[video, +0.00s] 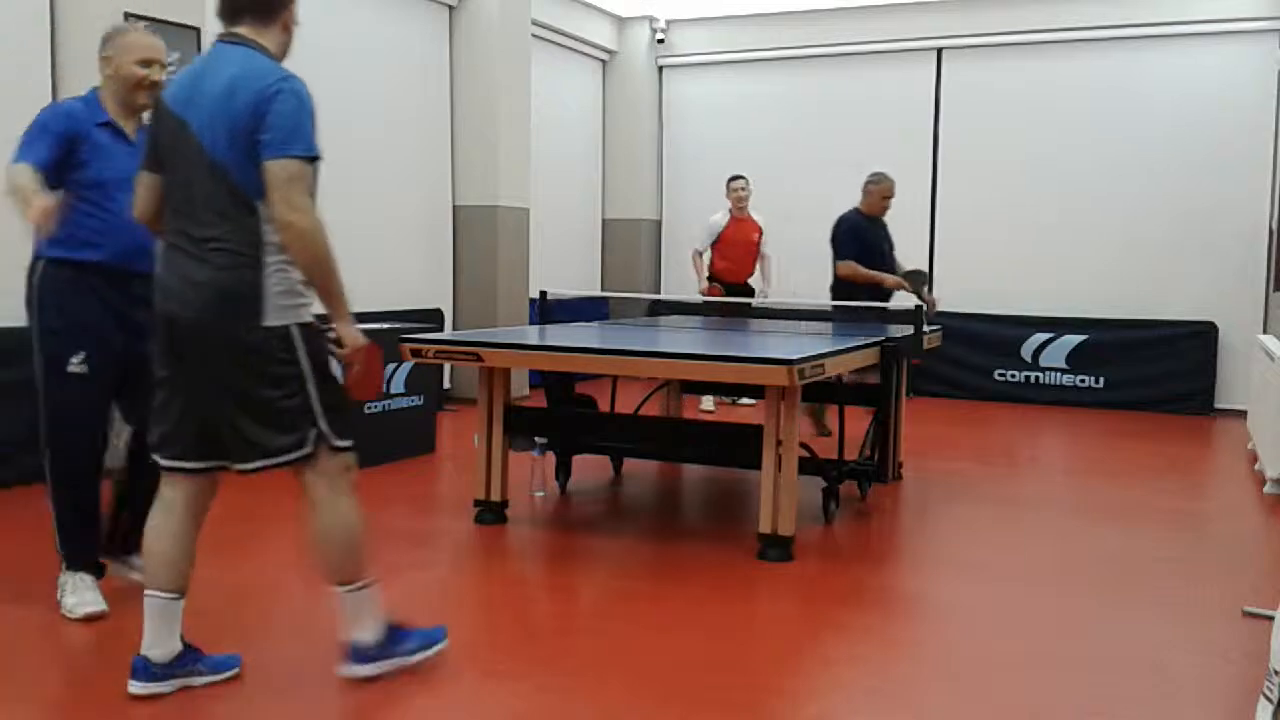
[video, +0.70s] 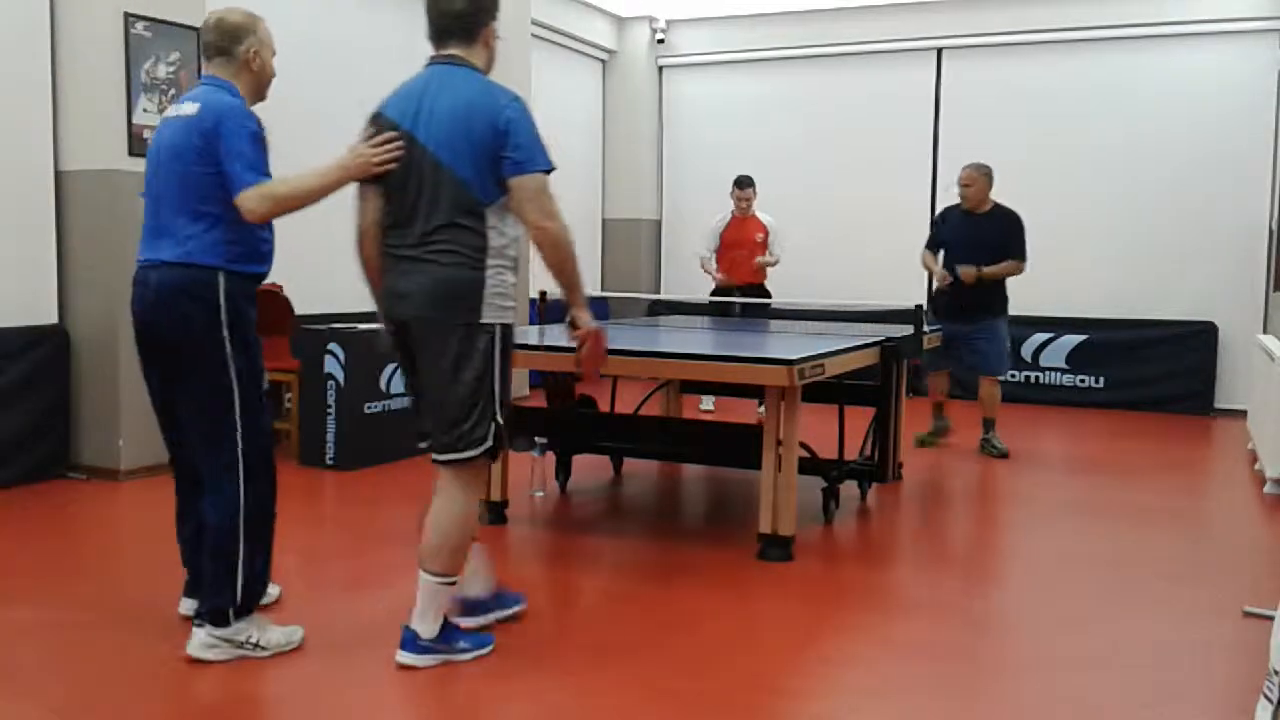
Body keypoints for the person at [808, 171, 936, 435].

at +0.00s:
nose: (888, 205)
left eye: (890, 199)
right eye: (884, 199)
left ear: (887, 197)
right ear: (867, 194)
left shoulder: (878, 225)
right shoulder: (847, 223)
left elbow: (890, 266)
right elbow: (844, 268)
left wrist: (919, 290)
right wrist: (884, 279)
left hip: (875, 310)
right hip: (850, 311)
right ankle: (818, 404)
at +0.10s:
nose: (899, 202)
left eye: (903, 196)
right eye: (893, 196)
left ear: (905, 195)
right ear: (877, 192)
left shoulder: (898, 222)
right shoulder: (860, 223)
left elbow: (908, 264)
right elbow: (857, 267)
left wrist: (929, 296)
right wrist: (895, 278)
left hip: (895, 310)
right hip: (865, 311)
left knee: (895, 373)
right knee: (861, 369)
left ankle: (885, 438)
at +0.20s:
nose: (911, 195)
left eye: (915, 189)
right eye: (905, 189)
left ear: (919, 191)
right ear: (891, 188)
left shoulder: (918, 219)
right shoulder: (875, 219)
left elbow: (923, 263)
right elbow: (868, 262)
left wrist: (935, 293)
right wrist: (906, 273)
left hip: (912, 307)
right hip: (879, 309)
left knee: (930, 362)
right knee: (888, 375)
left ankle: (902, 411)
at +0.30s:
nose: (920, 191)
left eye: (926, 186)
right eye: (915, 185)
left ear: (934, 187)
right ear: (904, 186)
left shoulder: (940, 218)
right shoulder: (888, 217)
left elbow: (946, 263)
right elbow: (874, 258)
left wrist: (952, 295)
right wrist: (910, 270)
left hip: (932, 306)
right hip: (892, 308)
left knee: (950, 364)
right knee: (892, 374)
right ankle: (882, 436)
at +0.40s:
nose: (928, 195)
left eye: (935, 189)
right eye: (924, 189)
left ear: (948, 190)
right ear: (918, 189)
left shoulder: (963, 222)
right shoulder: (904, 220)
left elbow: (974, 265)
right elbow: (883, 259)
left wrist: (972, 302)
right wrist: (910, 271)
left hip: (947, 310)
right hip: (905, 310)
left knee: (965, 371)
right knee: (894, 376)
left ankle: (983, 432)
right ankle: (878, 440)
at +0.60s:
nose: (951, 196)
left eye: (958, 191)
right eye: (950, 190)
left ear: (976, 191)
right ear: (950, 189)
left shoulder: (999, 223)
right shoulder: (938, 219)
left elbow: (1015, 266)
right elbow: (915, 257)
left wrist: (986, 287)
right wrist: (923, 272)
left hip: (981, 316)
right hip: (938, 313)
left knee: (990, 374)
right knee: (918, 368)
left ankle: (989, 435)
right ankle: (904, 427)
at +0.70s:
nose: (961, 191)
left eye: (968, 186)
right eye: (960, 186)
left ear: (987, 187)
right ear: (958, 186)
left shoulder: (1008, 220)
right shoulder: (948, 217)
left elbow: (1017, 264)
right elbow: (928, 253)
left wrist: (980, 272)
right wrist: (936, 270)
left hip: (987, 313)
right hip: (946, 312)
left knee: (991, 374)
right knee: (937, 366)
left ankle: (989, 434)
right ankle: (939, 423)